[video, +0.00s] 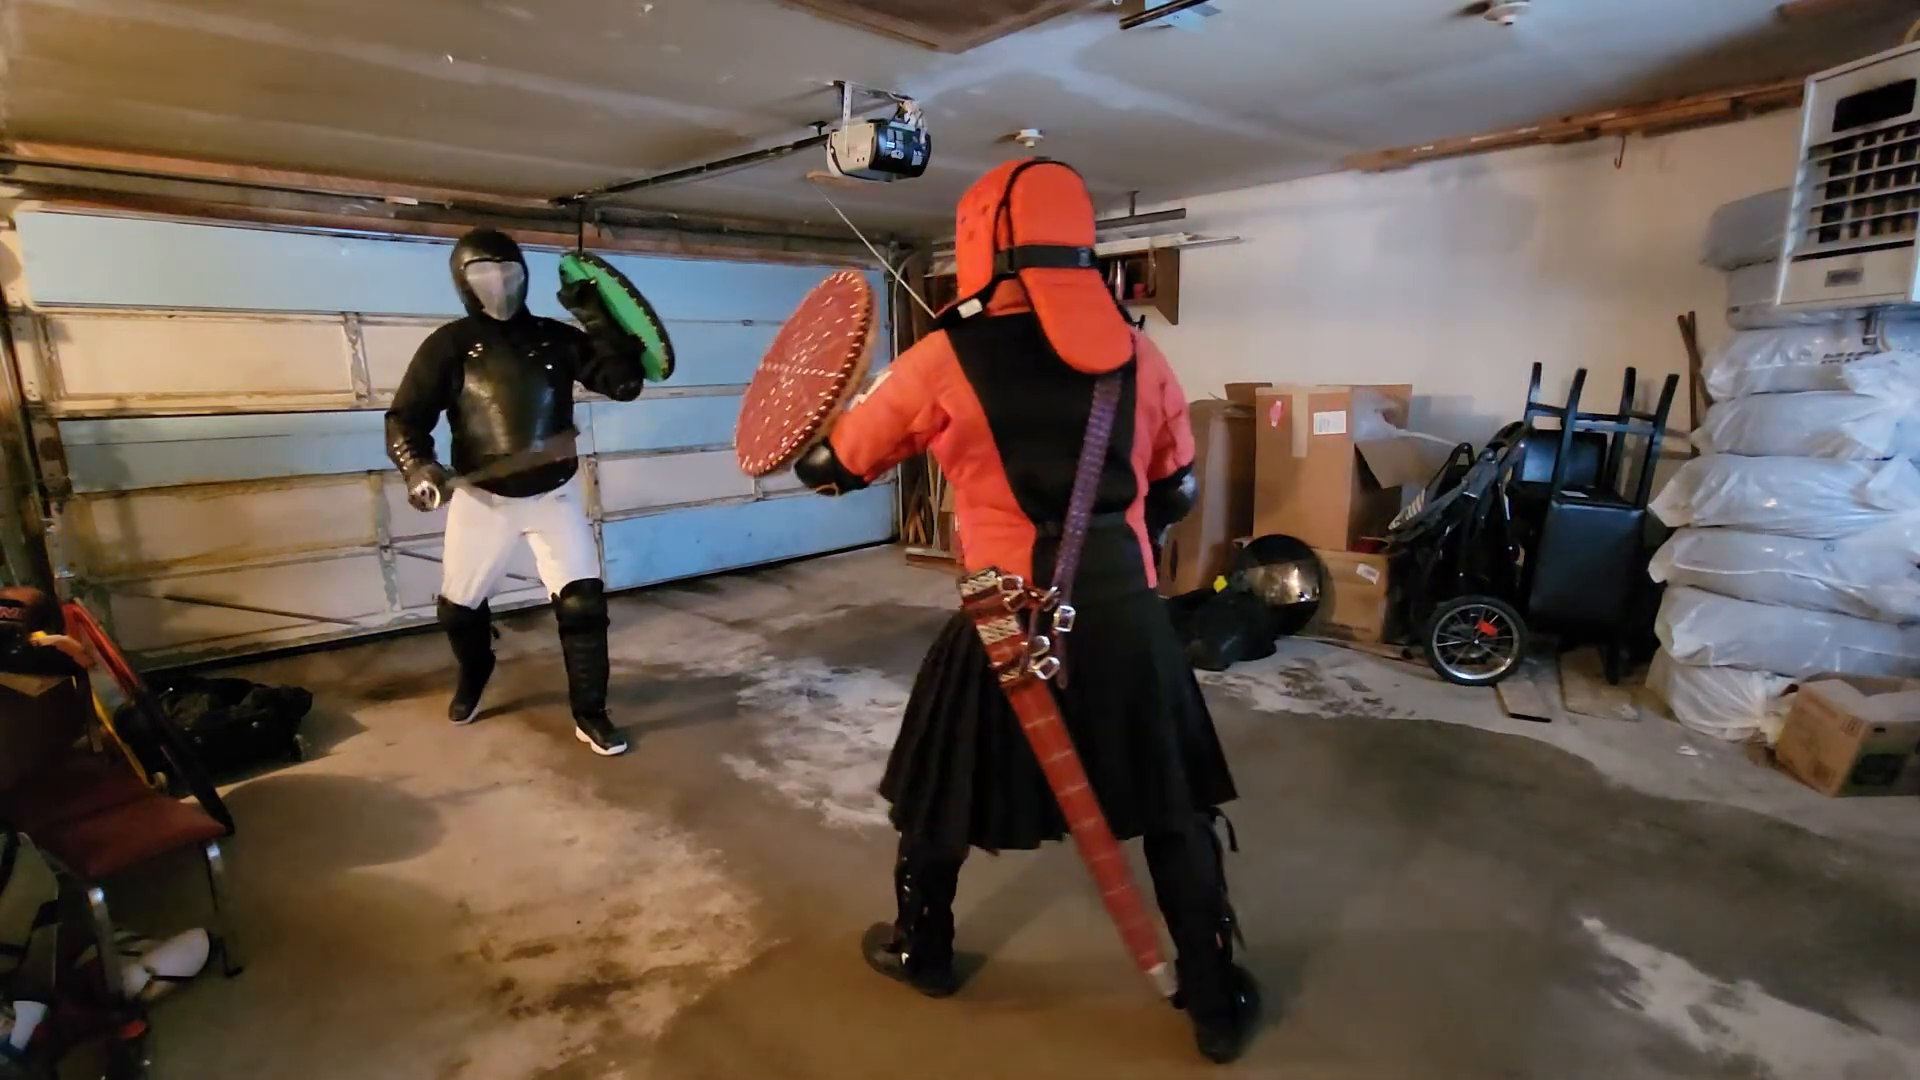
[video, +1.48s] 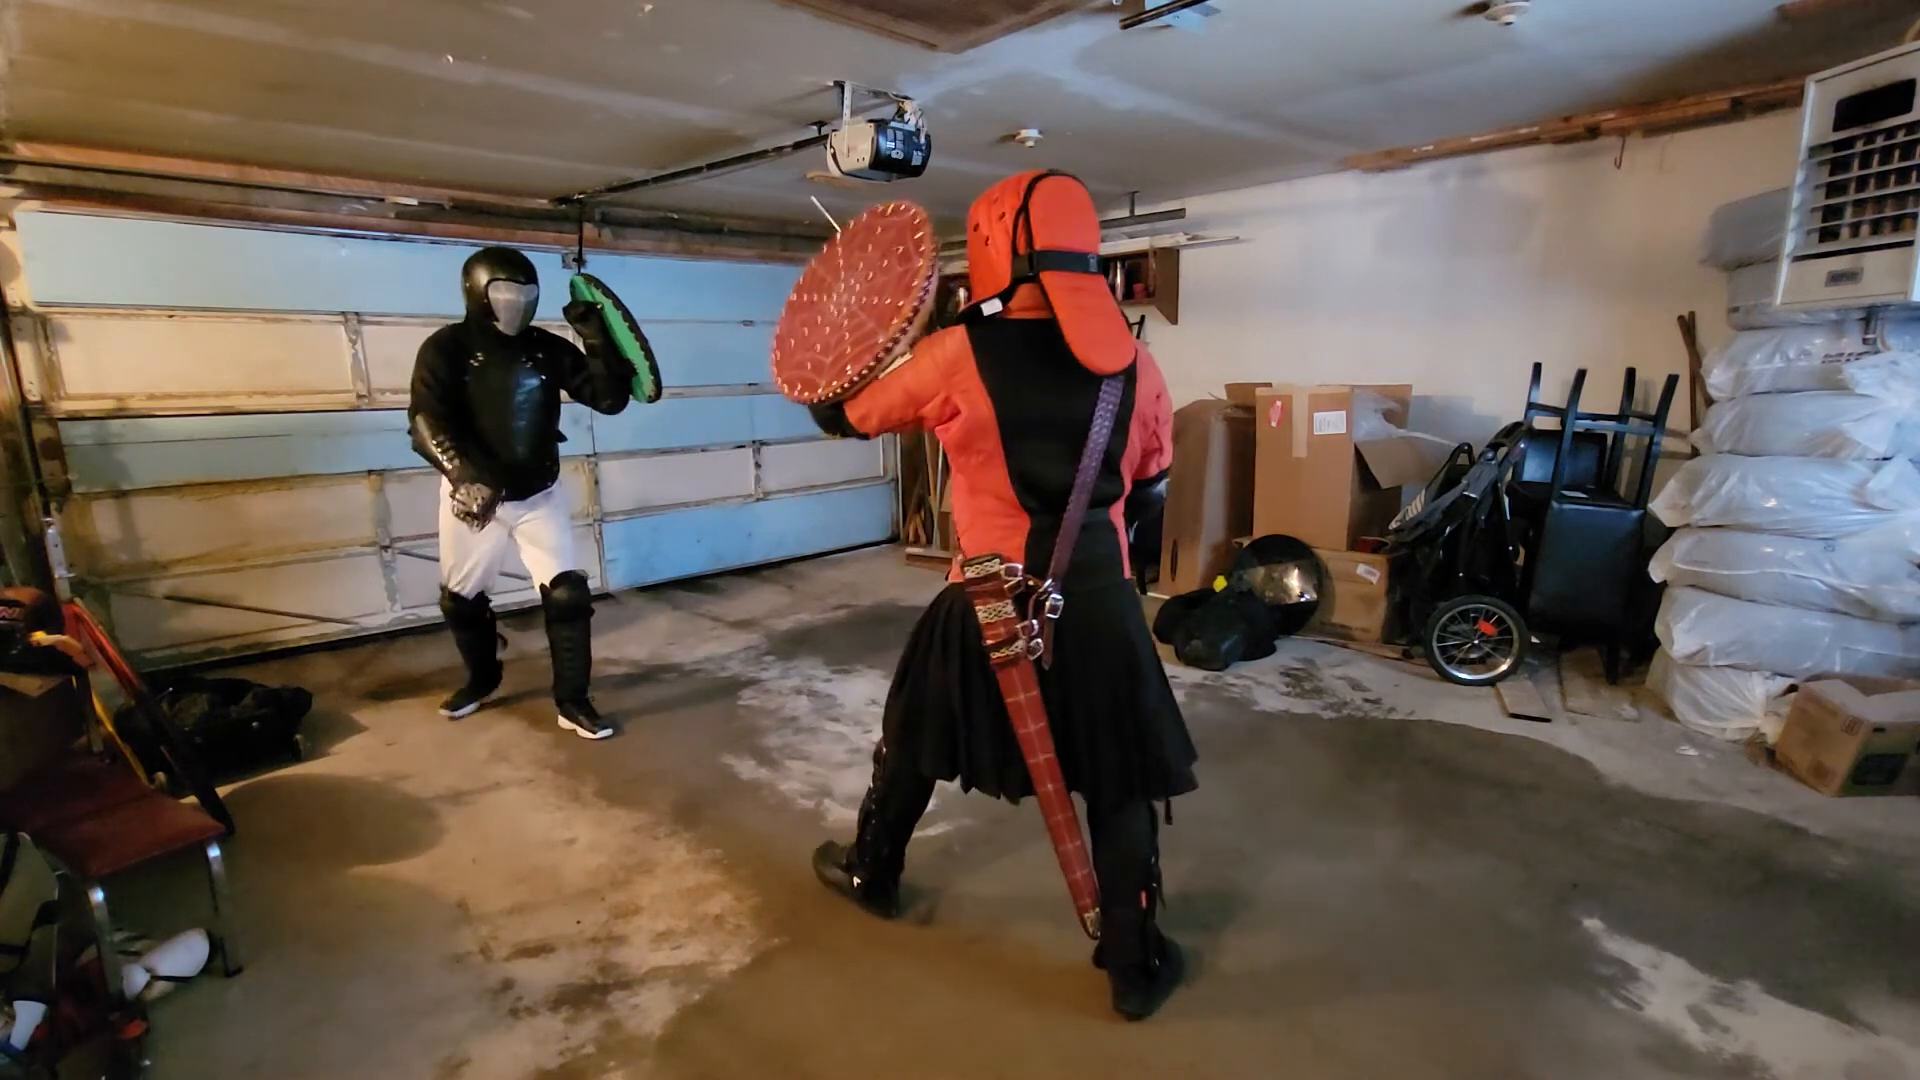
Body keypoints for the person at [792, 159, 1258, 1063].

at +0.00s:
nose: (958, 260)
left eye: (965, 244)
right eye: (961, 245)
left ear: (986, 247)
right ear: (1079, 245)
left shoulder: (945, 358)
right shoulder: (1137, 355)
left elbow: (845, 460)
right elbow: (1174, 493)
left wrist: (811, 447)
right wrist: (1107, 540)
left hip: (1002, 624)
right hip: (1127, 618)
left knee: (940, 773)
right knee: (1171, 802)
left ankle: (925, 942)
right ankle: (1216, 999)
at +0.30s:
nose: (987, 263)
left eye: (993, 248)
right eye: (990, 248)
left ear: (1017, 254)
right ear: (1105, 248)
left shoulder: (975, 360)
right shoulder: (1169, 363)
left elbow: (864, 430)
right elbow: (1194, 501)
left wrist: (833, 397)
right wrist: (1124, 543)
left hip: (1014, 626)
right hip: (1141, 625)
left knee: (927, 741)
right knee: (1182, 800)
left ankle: (902, 911)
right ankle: (1216, 994)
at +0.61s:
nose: (912, 278)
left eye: (919, 264)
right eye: (921, 264)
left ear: (938, 270)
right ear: (1031, 270)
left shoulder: (903, 367)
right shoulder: (1073, 376)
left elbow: (807, 441)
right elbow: (1096, 473)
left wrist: (779, 417)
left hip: (944, 620)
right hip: (1060, 619)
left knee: (881, 734)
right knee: (1127, 791)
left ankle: (864, 894)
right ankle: (1200, 984)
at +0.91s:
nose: (888, 277)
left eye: (894, 263)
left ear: (908, 267)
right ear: (993, 266)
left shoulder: (872, 365)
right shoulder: (1045, 367)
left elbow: (787, 460)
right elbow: (1067, 469)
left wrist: (757, 449)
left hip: (924, 601)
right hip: (1037, 597)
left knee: (871, 742)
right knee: (1085, 764)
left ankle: (865, 894)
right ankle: (1124, 953)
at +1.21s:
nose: (943, 273)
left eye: (949, 260)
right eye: (950, 260)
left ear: (970, 267)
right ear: (1062, 264)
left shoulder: (934, 366)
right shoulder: (1107, 377)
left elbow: (833, 433)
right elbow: (1124, 489)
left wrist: (809, 391)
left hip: (967, 614)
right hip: (1080, 612)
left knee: (897, 746)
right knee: (1112, 774)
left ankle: (871, 893)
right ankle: (1131, 961)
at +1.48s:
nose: (970, 263)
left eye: (976, 249)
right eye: (976, 250)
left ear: (994, 256)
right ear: (1087, 254)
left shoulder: (959, 354)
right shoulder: (1132, 365)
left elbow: (854, 413)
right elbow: (1146, 488)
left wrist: (825, 377)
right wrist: (1129, 566)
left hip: (985, 599)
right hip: (1097, 601)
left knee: (918, 725)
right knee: (1119, 770)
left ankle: (873, 867)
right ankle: (1134, 961)